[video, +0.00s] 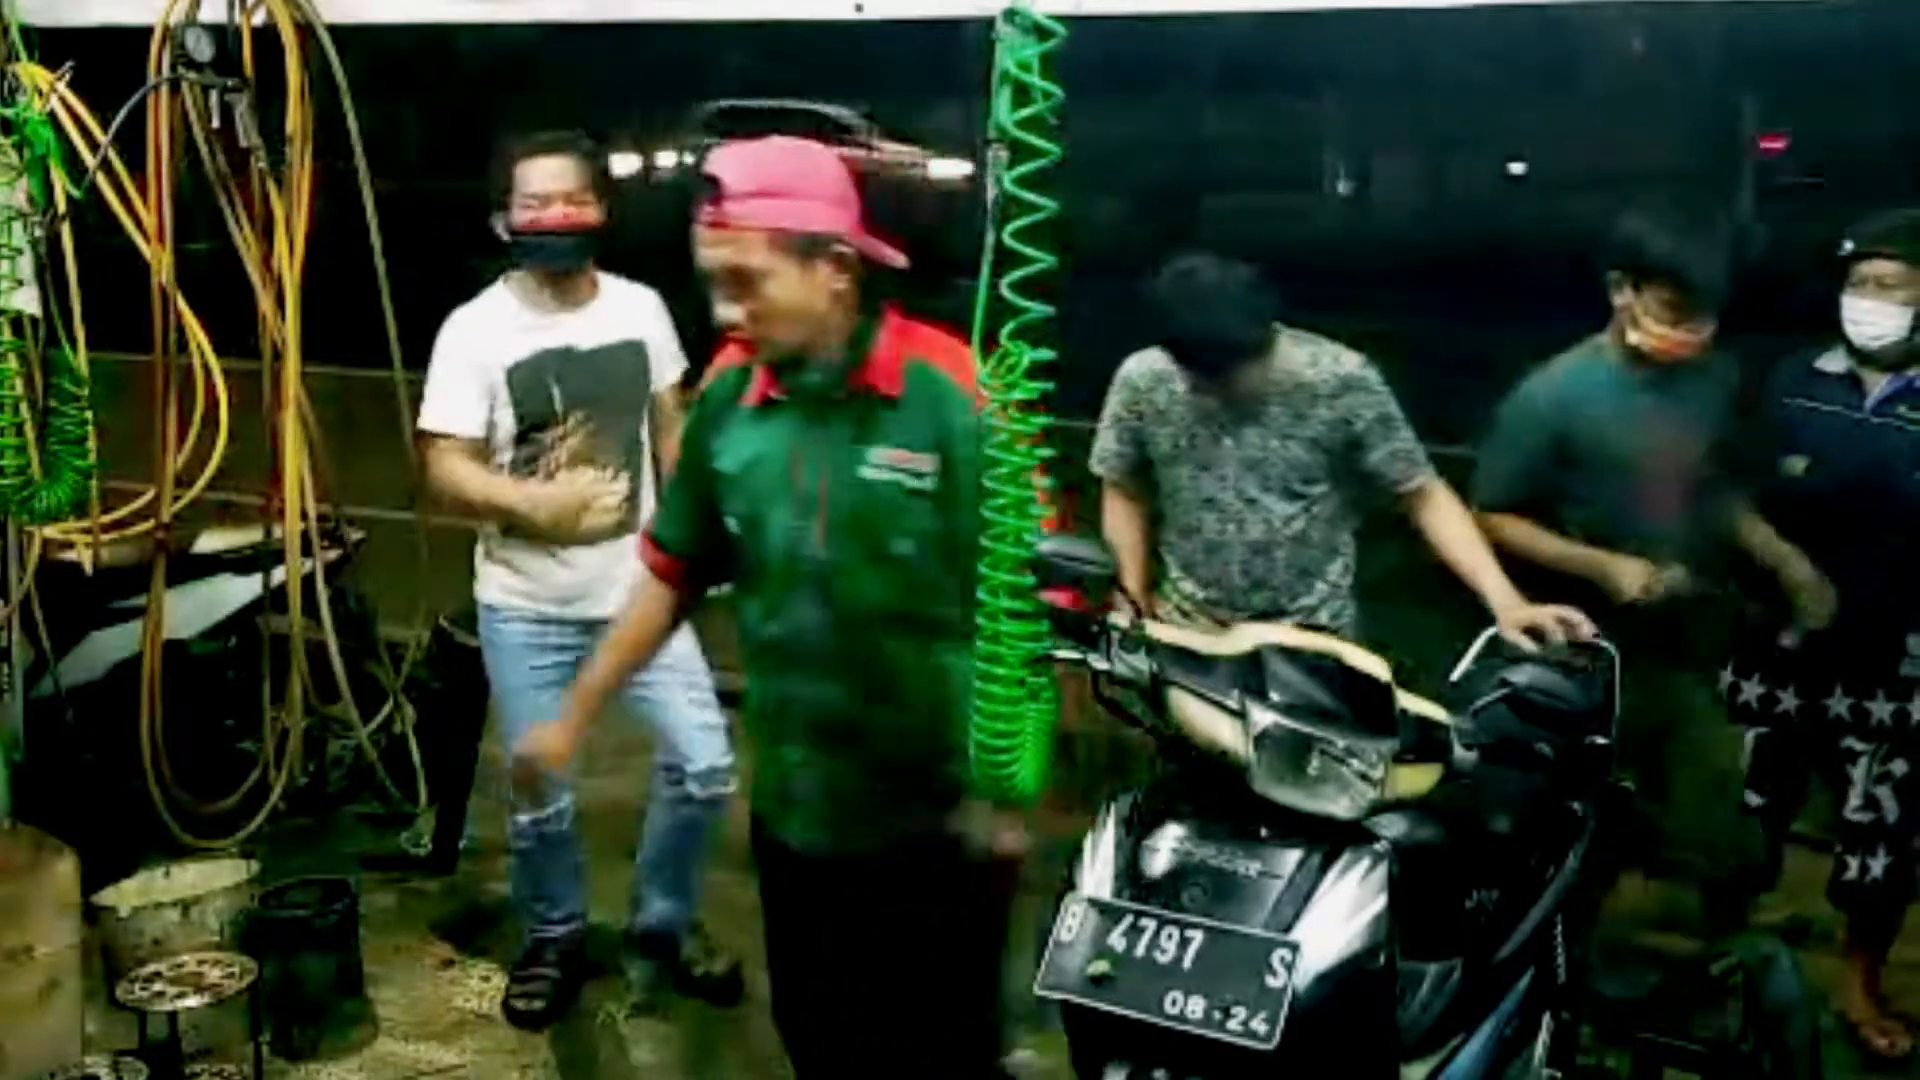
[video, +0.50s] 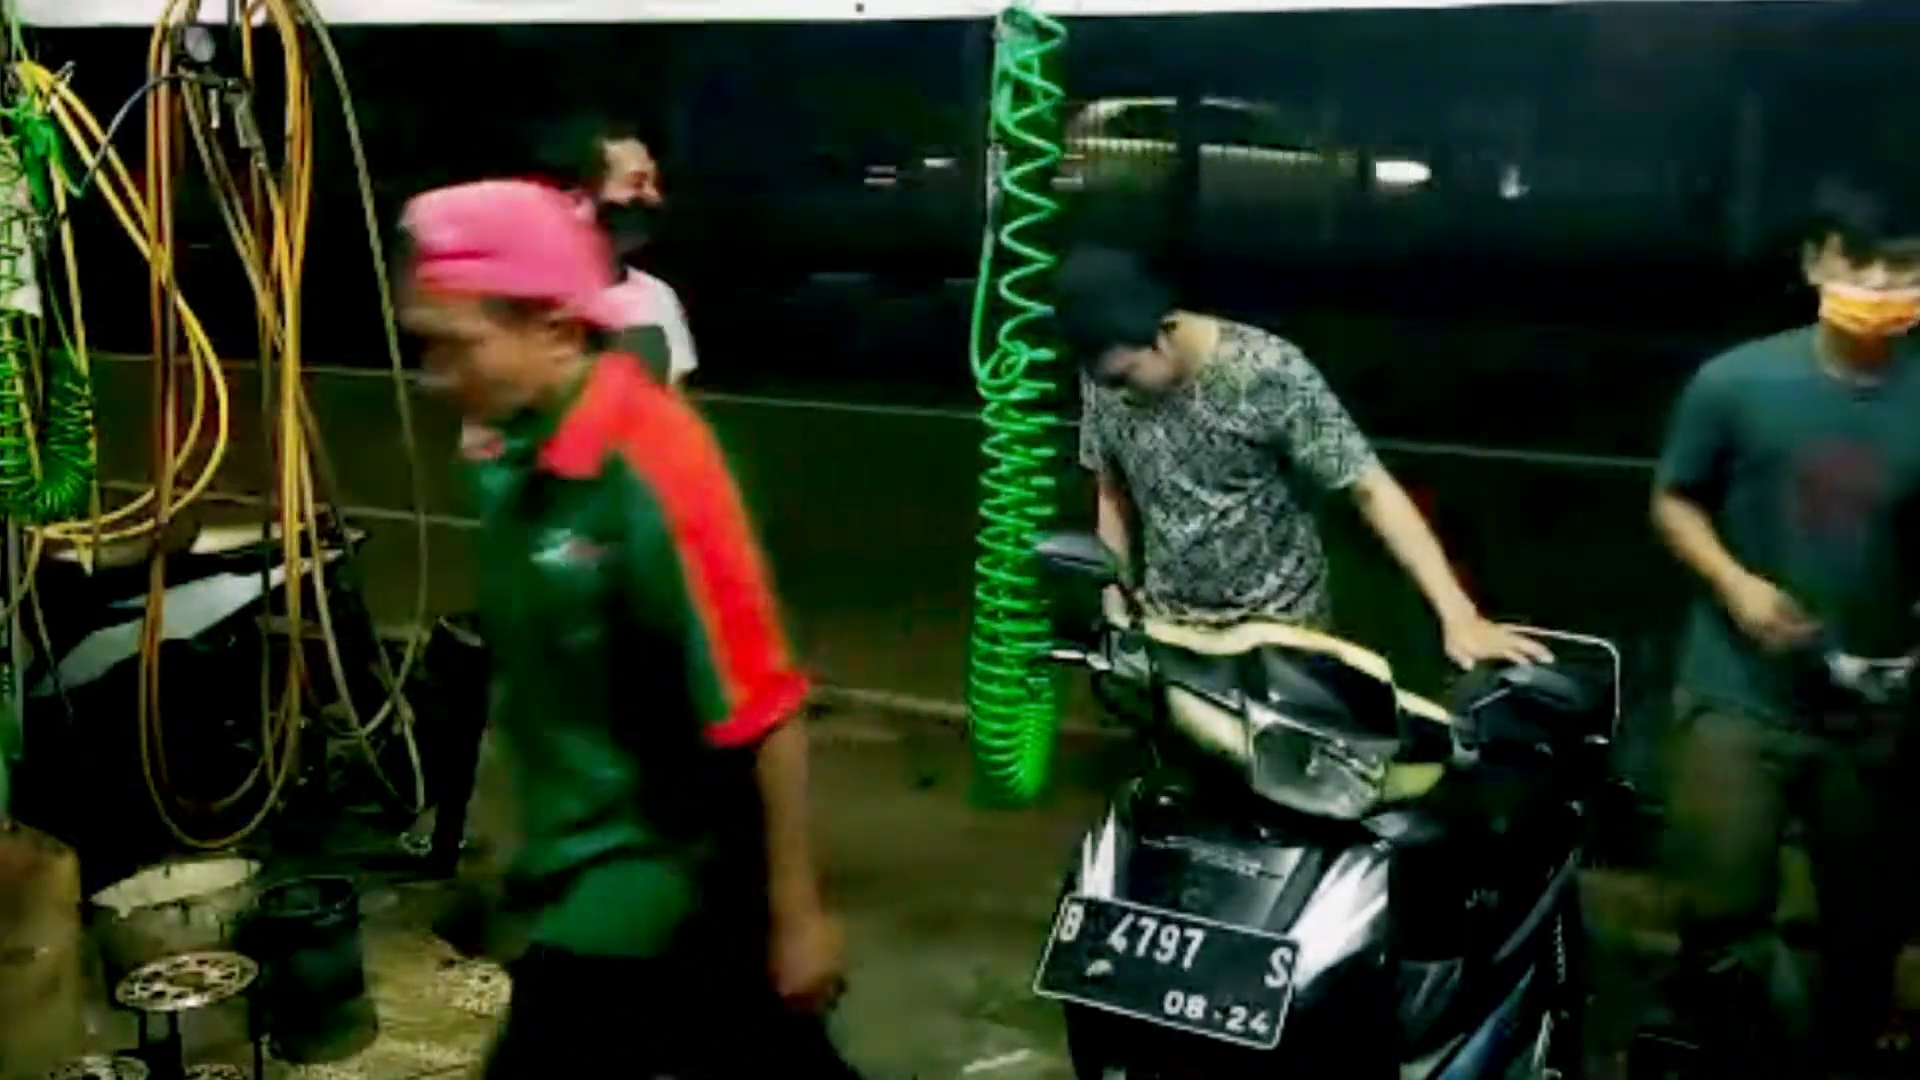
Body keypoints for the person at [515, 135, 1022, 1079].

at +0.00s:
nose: (726, 310)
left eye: (744, 284)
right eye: (716, 286)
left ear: (835, 271)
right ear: (709, 278)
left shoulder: (950, 394)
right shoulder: (726, 404)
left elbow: (1017, 590)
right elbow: (667, 577)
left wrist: (1007, 779)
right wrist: (572, 718)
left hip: (938, 808)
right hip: (797, 808)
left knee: (942, 1050)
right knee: (818, 1040)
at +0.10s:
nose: (691, 313)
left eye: (713, 286)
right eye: (683, 286)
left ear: (804, 270)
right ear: (672, 272)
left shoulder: (914, 397)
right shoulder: (703, 404)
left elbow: (981, 633)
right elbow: (651, 581)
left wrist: (915, 798)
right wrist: (536, 714)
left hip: (890, 821)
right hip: (767, 817)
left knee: (873, 1060)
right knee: (792, 1055)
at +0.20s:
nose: (649, 321)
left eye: (669, 295)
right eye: (640, 295)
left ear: (759, 276)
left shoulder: (858, 405)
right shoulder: (676, 404)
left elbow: (931, 649)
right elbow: (649, 590)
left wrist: (873, 826)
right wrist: (550, 738)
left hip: (829, 818)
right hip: (733, 811)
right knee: (857, 1060)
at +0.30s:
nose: (613, 331)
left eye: (631, 303)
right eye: (607, 304)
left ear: (725, 285)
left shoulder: (818, 409)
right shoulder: (654, 404)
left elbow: (882, 661)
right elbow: (643, 599)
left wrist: (858, 854)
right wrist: (566, 759)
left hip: (799, 805)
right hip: (703, 803)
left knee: (671, 1053)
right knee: (845, 1061)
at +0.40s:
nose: (542, 351)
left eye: (559, 323)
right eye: (535, 325)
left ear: (652, 305)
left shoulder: (749, 427)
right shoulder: (597, 440)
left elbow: (844, 678)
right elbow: (614, 645)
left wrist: (836, 889)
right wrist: (572, 789)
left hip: (743, 892)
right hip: (645, 883)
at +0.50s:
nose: (434, 377)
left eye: (451, 345)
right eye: (425, 348)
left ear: (548, 326)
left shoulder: (656, 451)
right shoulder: (521, 443)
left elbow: (767, 701)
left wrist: (798, 908)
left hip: (667, 891)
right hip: (571, 871)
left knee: (538, 1071)